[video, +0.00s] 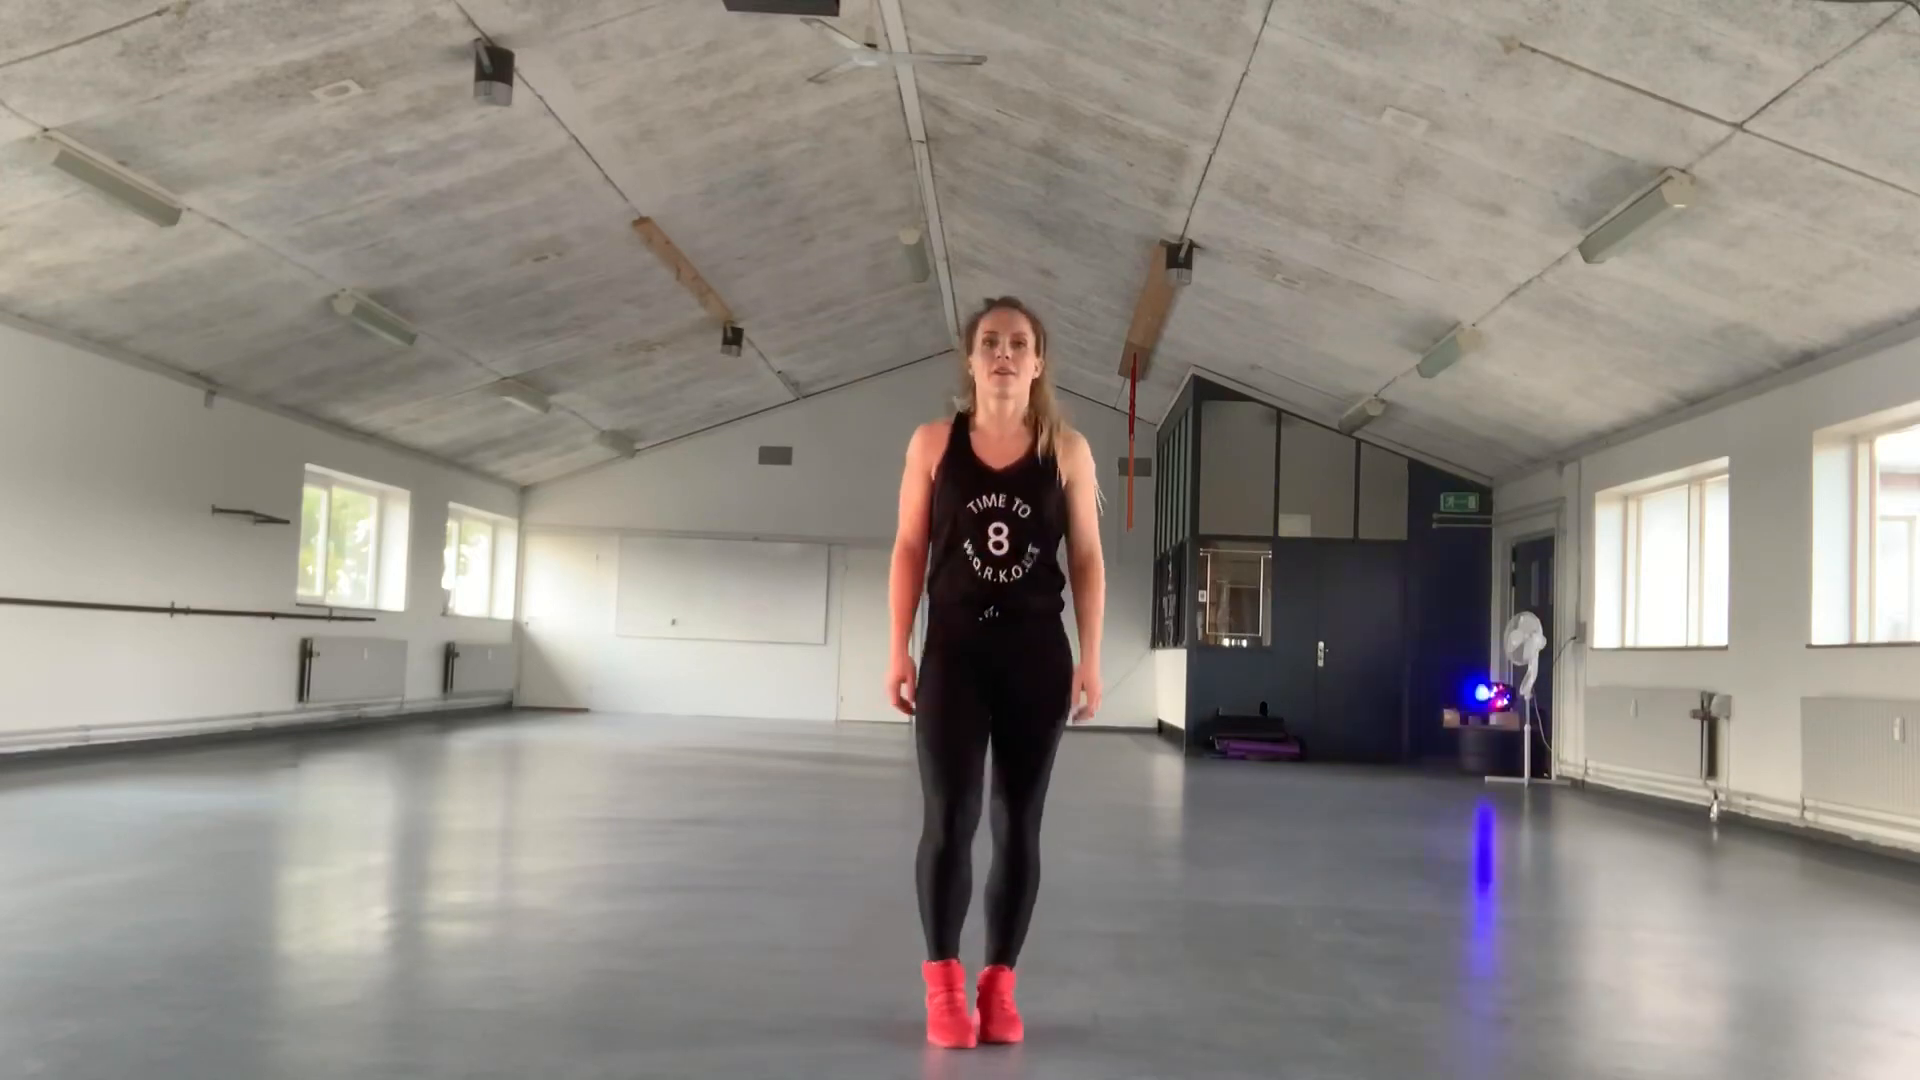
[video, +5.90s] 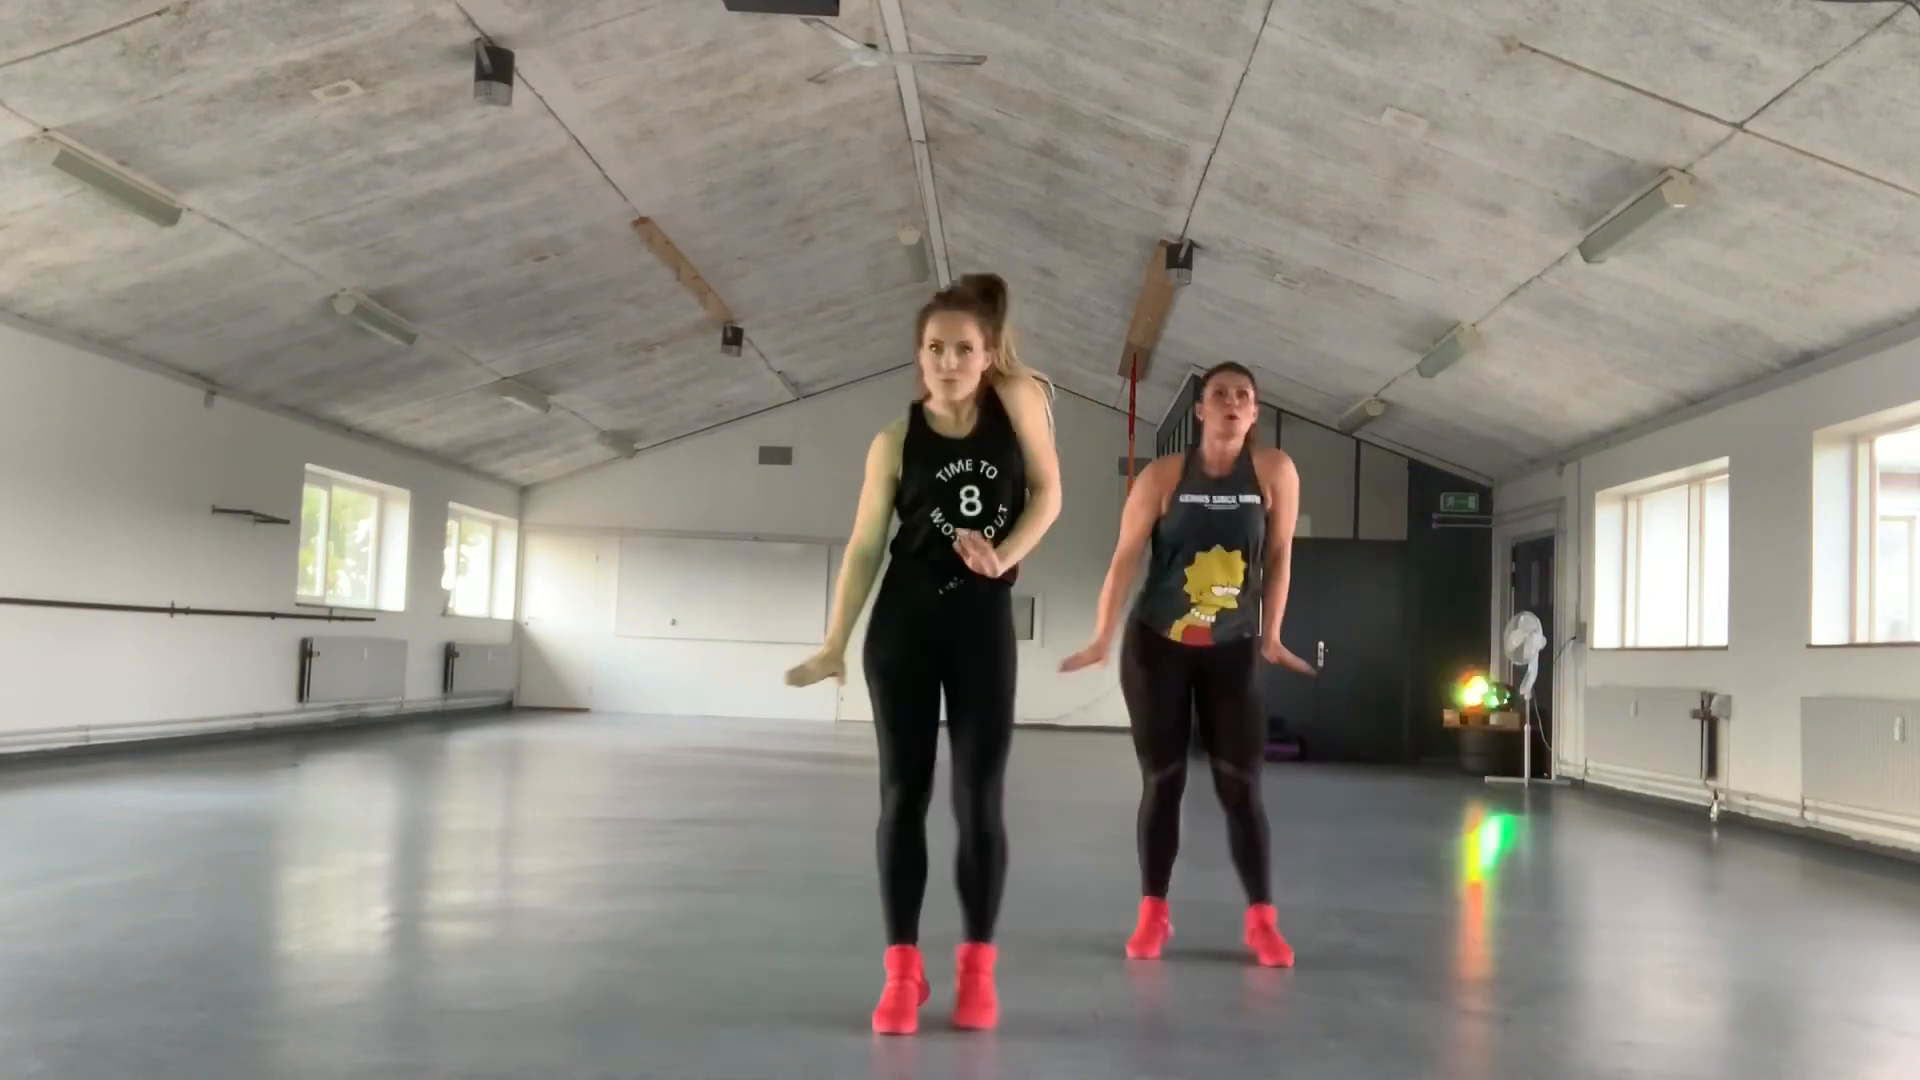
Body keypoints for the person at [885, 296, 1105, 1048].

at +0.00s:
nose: (1005, 355)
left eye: (1019, 344)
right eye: (992, 344)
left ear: (1039, 360)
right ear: (970, 358)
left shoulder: (1067, 450)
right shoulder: (933, 443)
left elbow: (1087, 562)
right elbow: (910, 548)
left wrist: (1089, 657)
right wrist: (899, 648)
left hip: (1037, 656)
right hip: (951, 654)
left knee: (1019, 822)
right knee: (951, 818)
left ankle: (1001, 980)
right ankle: (943, 977)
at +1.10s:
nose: (1000, 374)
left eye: (1015, 360)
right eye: (988, 358)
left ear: (1035, 364)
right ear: (965, 357)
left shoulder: (1060, 437)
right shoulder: (930, 439)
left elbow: (1092, 550)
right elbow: (891, 546)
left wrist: (1146, 619)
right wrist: (814, 602)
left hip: (1028, 648)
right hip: (946, 646)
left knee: (1017, 813)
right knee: (954, 811)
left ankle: (1013, 985)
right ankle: (958, 974)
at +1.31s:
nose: (998, 386)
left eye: (1014, 371)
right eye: (987, 370)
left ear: (1048, 369)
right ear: (973, 367)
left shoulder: (1075, 450)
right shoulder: (950, 435)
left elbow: (1119, 553)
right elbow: (877, 510)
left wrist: (1177, 515)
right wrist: (784, 508)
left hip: (1048, 653)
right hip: (965, 650)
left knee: (1034, 819)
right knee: (955, 811)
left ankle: (1019, 975)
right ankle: (954, 966)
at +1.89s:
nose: (1020, 376)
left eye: (1035, 365)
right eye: (1008, 364)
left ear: (1060, 378)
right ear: (991, 375)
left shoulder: (1082, 469)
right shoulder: (958, 451)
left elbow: (1097, 589)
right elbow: (901, 534)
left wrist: (1131, 570)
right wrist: (831, 540)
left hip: (1049, 670)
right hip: (968, 668)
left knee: (1034, 830)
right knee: (964, 828)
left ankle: (1015, 977)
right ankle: (956, 970)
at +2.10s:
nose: (1021, 336)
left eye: (1034, 326)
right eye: (1008, 324)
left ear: (1051, 342)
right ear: (983, 338)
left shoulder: (1079, 428)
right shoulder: (948, 429)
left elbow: (1086, 542)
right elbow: (922, 536)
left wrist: (1081, 640)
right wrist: (895, 626)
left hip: (1037, 633)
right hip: (953, 630)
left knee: (1023, 806)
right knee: (958, 800)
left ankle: (1012, 970)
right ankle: (956, 970)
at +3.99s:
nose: (1024, 355)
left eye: (1039, 344)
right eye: (1012, 343)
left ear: (1062, 358)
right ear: (993, 356)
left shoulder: (1090, 442)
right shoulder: (963, 427)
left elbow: (1103, 544)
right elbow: (924, 519)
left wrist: (1093, 612)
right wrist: (916, 598)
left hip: (1045, 643)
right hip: (965, 638)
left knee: (1026, 810)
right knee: (975, 794)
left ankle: (1008, 971)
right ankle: (960, 954)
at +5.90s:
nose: (947, 361)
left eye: (962, 347)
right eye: (935, 346)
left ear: (988, 356)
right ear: (918, 353)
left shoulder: (1015, 414)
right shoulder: (893, 445)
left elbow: (1048, 496)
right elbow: (863, 548)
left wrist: (1004, 555)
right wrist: (834, 643)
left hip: (982, 629)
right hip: (902, 628)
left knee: (978, 801)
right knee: (903, 797)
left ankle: (977, 962)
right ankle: (903, 965)